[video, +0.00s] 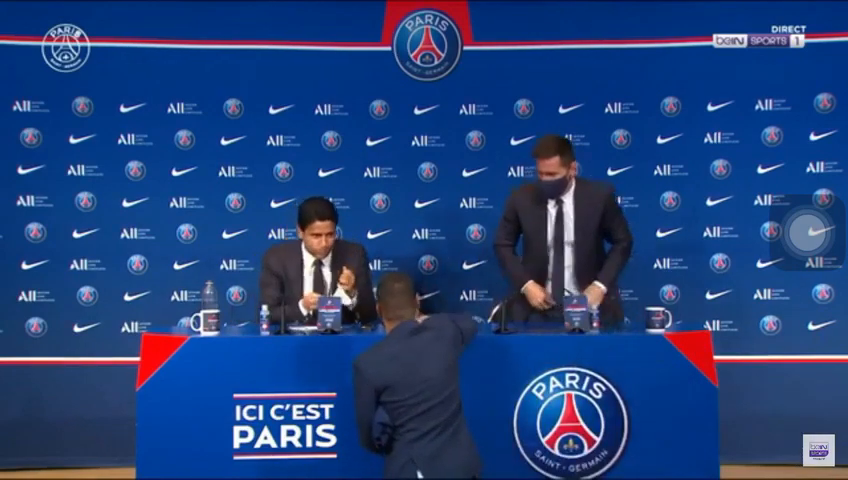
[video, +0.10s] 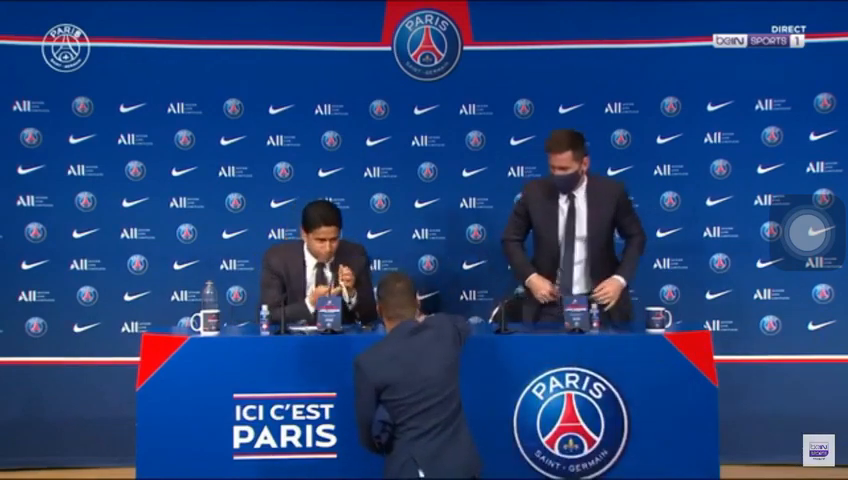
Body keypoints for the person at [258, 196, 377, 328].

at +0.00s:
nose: (324, 243)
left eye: (329, 235)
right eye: (316, 236)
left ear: (336, 231)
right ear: (300, 232)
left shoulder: (353, 254)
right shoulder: (277, 257)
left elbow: (369, 316)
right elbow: (269, 314)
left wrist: (351, 294)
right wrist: (302, 308)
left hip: (343, 344)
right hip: (295, 345)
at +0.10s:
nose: (328, 248)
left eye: (333, 240)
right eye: (321, 240)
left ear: (339, 235)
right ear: (304, 235)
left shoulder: (355, 255)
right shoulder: (278, 258)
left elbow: (369, 317)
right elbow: (271, 316)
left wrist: (350, 293)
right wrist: (309, 304)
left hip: (344, 345)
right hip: (295, 346)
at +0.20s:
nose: (330, 246)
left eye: (335, 239)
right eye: (323, 239)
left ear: (341, 233)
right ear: (306, 233)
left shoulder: (357, 253)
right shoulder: (279, 258)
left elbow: (370, 316)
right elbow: (271, 316)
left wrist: (350, 293)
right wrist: (313, 303)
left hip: (345, 345)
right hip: (296, 345)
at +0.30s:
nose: (333, 241)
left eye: (338, 232)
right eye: (326, 233)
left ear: (345, 226)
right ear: (309, 226)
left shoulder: (359, 244)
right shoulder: (280, 249)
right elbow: (271, 307)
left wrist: (357, 294)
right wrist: (316, 302)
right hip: (297, 340)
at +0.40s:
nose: (334, 235)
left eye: (340, 227)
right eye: (328, 227)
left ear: (347, 220)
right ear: (312, 220)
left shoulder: (361, 237)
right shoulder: (282, 240)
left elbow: (372, 289)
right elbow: (270, 297)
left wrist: (358, 288)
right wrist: (315, 300)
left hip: (348, 334)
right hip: (298, 336)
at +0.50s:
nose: (337, 226)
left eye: (343, 218)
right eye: (331, 218)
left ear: (350, 212)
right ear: (315, 210)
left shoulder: (363, 226)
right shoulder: (283, 229)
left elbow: (373, 272)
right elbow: (268, 282)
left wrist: (361, 278)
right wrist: (312, 295)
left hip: (346, 326)